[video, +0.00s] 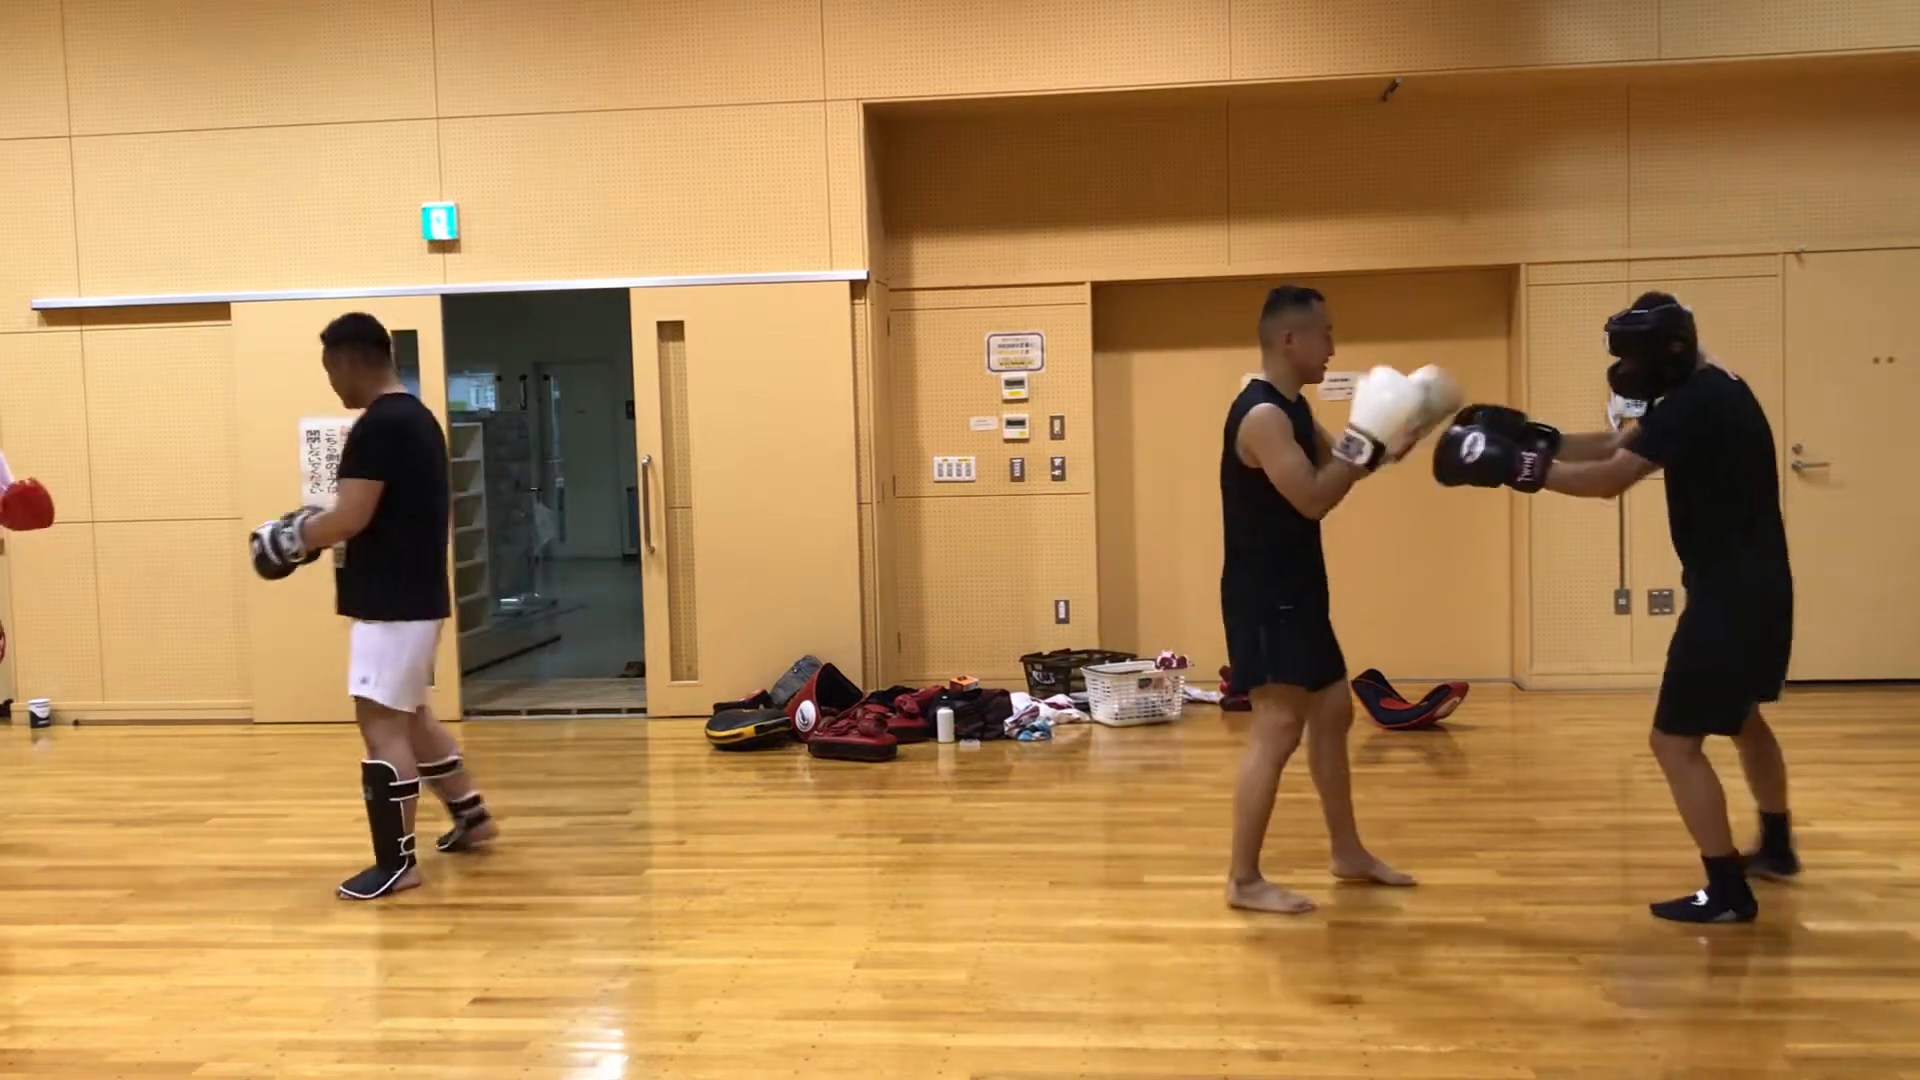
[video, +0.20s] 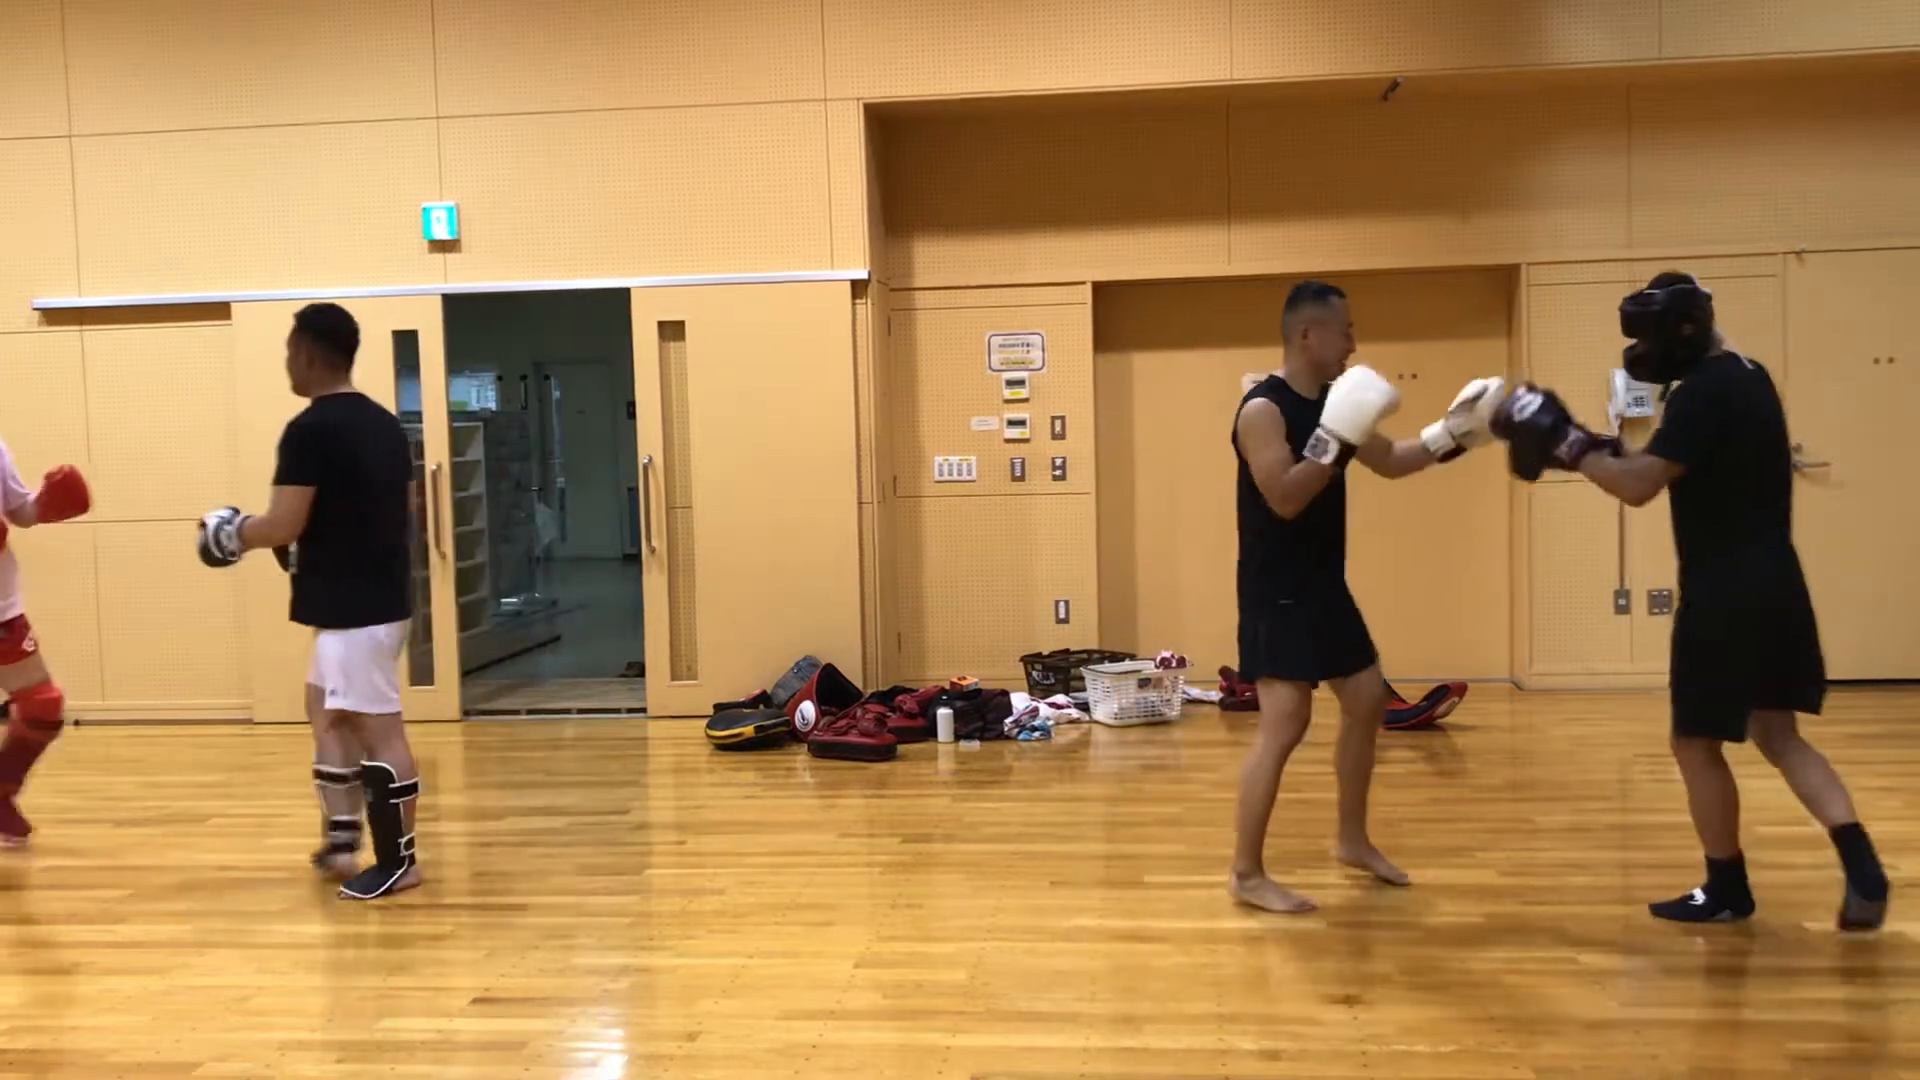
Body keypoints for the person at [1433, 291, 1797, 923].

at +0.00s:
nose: (1616, 367)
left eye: (1628, 356)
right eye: (1616, 355)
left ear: (1670, 354)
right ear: (1674, 354)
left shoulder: (1691, 406)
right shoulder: (1714, 389)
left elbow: (1608, 481)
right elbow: (1619, 444)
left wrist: (1522, 467)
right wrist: (1539, 439)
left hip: (1725, 598)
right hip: (1756, 590)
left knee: (1674, 741)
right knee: (1742, 717)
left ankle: (1726, 891)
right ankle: (1776, 845)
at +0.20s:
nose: (1637, 351)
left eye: (1645, 338)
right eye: (1636, 338)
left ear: (1679, 334)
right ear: (1701, 329)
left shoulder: (1698, 394)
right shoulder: (1750, 379)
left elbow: (1636, 485)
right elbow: (1664, 465)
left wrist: (1566, 447)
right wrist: (1595, 448)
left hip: (1717, 599)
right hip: (1776, 590)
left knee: (1694, 741)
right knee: (1777, 732)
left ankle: (1725, 887)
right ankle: (1863, 866)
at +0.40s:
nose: (1668, 374)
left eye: (1671, 363)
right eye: (1665, 364)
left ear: (1693, 358)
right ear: (1735, 346)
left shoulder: (1709, 407)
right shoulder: (1792, 403)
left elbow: (1619, 465)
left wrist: (1569, 402)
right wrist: (1645, 405)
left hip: (1732, 620)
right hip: (1803, 618)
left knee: (1676, 751)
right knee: (1795, 773)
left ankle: (1721, 881)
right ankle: (1865, 938)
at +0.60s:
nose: (1671, 339)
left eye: (1670, 327)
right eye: (1666, 329)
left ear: (1686, 323)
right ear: (1742, 307)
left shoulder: (1694, 367)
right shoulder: (1810, 370)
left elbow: (1613, 449)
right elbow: (1747, 411)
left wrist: (1585, 388)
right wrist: (1664, 374)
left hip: (1716, 597)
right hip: (1802, 598)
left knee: (1655, 728)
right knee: (1822, 766)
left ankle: (1688, 901)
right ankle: (1857, 945)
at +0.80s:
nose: (1629, 378)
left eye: (1630, 367)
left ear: (1643, 367)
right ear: (1710, 347)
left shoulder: (1644, 434)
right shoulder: (1783, 417)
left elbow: (1590, 546)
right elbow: (1797, 521)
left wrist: (1571, 473)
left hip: (1681, 663)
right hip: (1778, 660)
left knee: (1607, 807)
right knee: (1821, 823)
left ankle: (1579, 969)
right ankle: (1877, 996)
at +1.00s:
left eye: (1557, 346)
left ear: (1567, 347)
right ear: (1638, 338)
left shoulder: (1546, 409)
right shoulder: (1696, 401)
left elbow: (1449, 477)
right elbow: (1733, 513)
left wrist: (1446, 414)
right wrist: (1664, 476)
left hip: (1589, 654)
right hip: (1689, 651)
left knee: (1557, 821)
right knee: (1754, 810)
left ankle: (1565, 1008)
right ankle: (1808, 998)